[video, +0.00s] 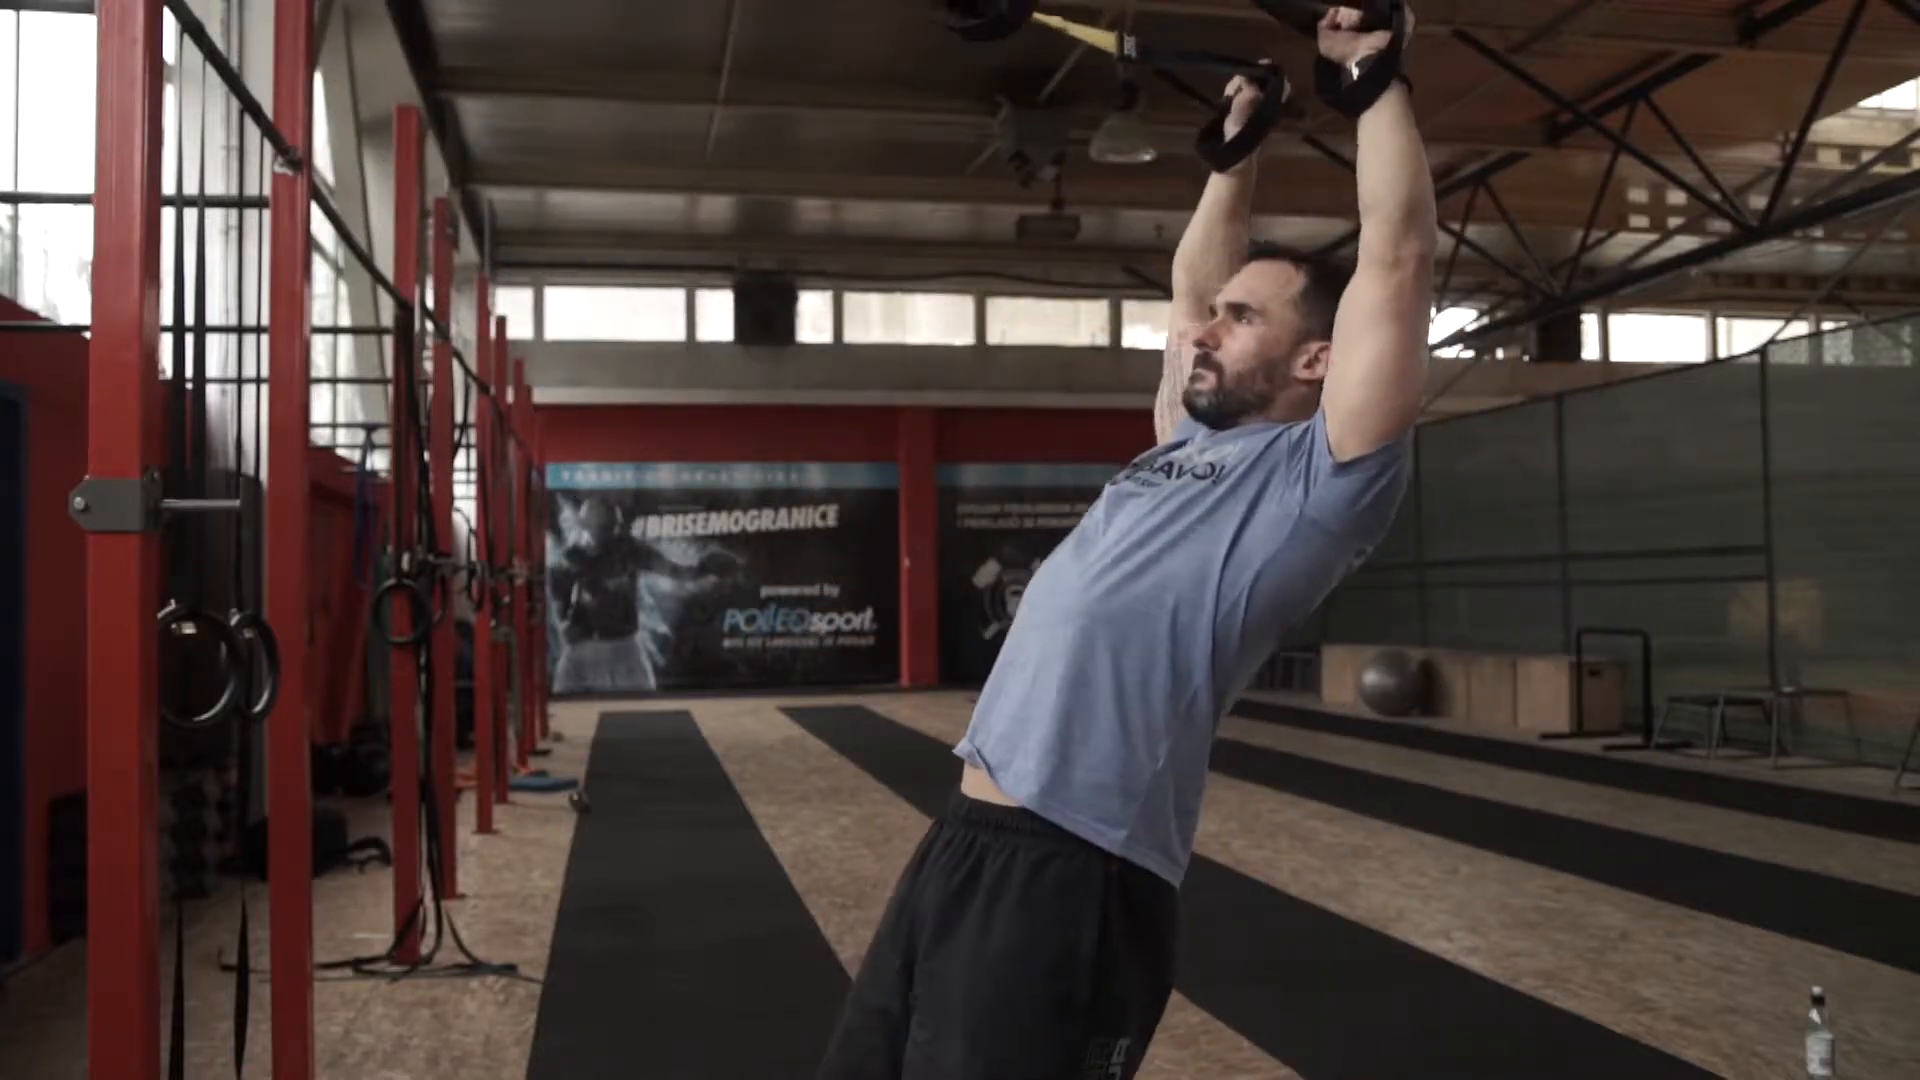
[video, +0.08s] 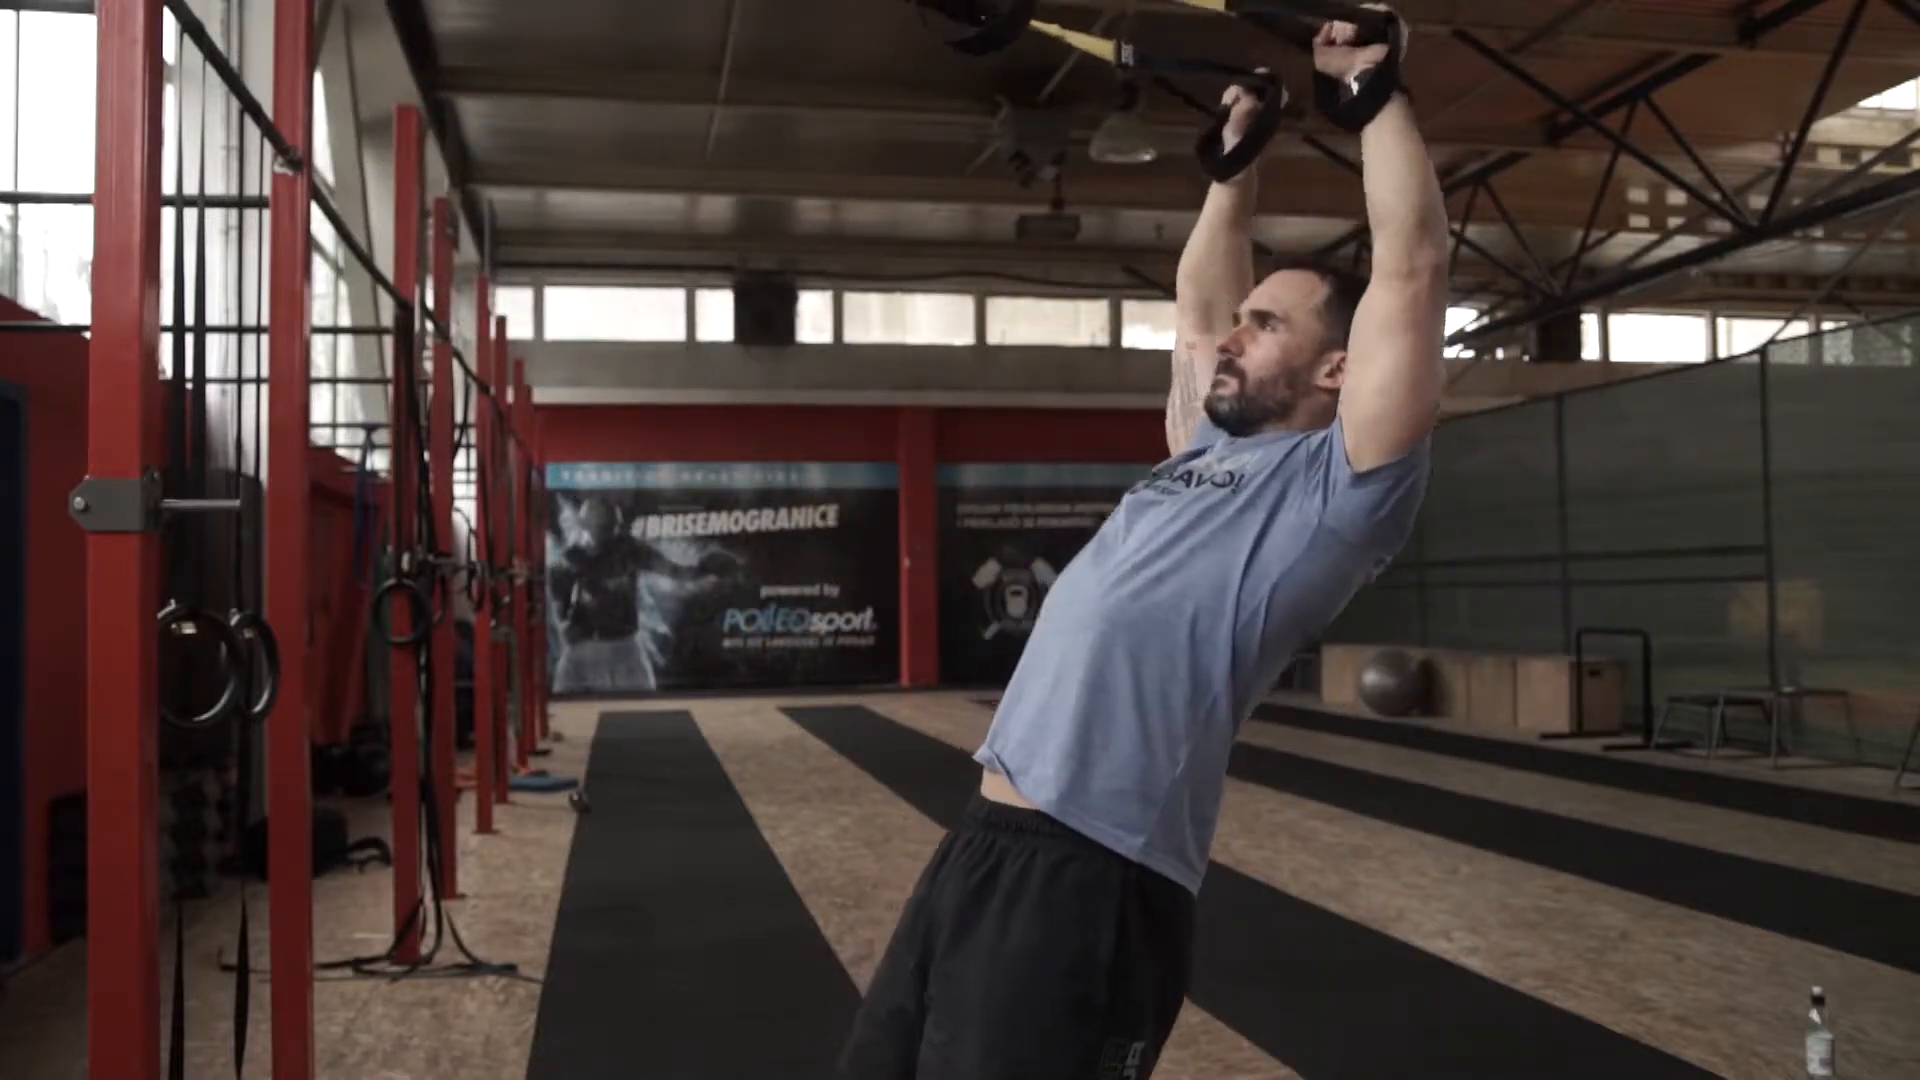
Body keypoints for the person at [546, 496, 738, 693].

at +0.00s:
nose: (601, 530)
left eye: (606, 522)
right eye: (594, 523)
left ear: (615, 521)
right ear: (583, 523)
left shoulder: (629, 549)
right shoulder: (572, 558)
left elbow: (673, 571)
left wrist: (703, 572)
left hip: (625, 649)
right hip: (581, 651)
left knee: (637, 716)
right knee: (573, 719)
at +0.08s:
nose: (602, 529)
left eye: (607, 521)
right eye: (594, 523)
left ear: (615, 520)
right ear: (583, 523)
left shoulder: (629, 549)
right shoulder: (571, 558)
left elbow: (673, 571)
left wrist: (703, 571)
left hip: (625, 649)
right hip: (581, 652)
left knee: (637, 717)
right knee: (573, 719)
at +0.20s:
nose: (600, 527)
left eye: (605, 520)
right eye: (594, 521)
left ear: (615, 520)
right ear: (583, 523)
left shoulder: (629, 549)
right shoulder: (573, 557)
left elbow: (672, 571)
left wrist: (702, 571)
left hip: (625, 647)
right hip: (581, 649)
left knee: (637, 714)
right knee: (573, 717)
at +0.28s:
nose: (600, 527)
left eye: (605, 520)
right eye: (594, 521)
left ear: (615, 520)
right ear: (583, 523)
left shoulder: (629, 549)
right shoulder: (573, 557)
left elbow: (672, 571)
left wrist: (702, 571)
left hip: (625, 647)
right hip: (581, 649)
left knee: (637, 714)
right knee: (573, 717)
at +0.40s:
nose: (601, 529)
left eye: (606, 521)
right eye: (594, 523)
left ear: (615, 520)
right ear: (583, 523)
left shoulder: (629, 549)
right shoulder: (572, 558)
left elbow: (672, 571)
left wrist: (702, 572)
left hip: (625, 648)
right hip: (581, 650)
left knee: (637, 716)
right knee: (573, 718)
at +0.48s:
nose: (601, 529)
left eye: (606, 522)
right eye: (594, 523)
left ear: (616, 521)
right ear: (583, 523)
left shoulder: (629, 549)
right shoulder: (572, 557)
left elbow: (672, 571)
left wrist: (702, 572)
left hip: (625, 648)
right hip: (580, 650)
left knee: (636, 715)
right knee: (573, 718)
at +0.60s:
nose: (601, 530)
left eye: (606, 523)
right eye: (595, 524)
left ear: (616, 521)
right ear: (584, 524)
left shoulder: (629, 549)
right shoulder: (573, 557)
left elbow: (672, 571)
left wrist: (701, 571)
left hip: (625, 647)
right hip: (581, 650)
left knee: (636, 715)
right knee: (572, 717)